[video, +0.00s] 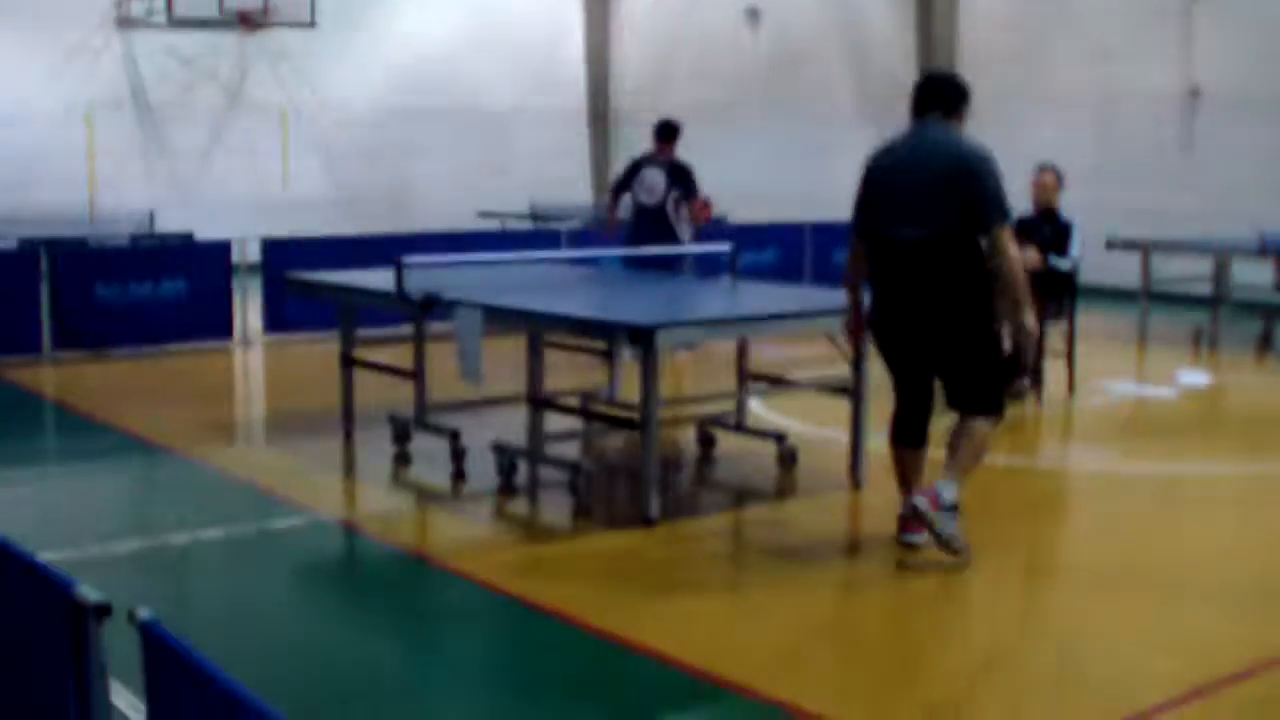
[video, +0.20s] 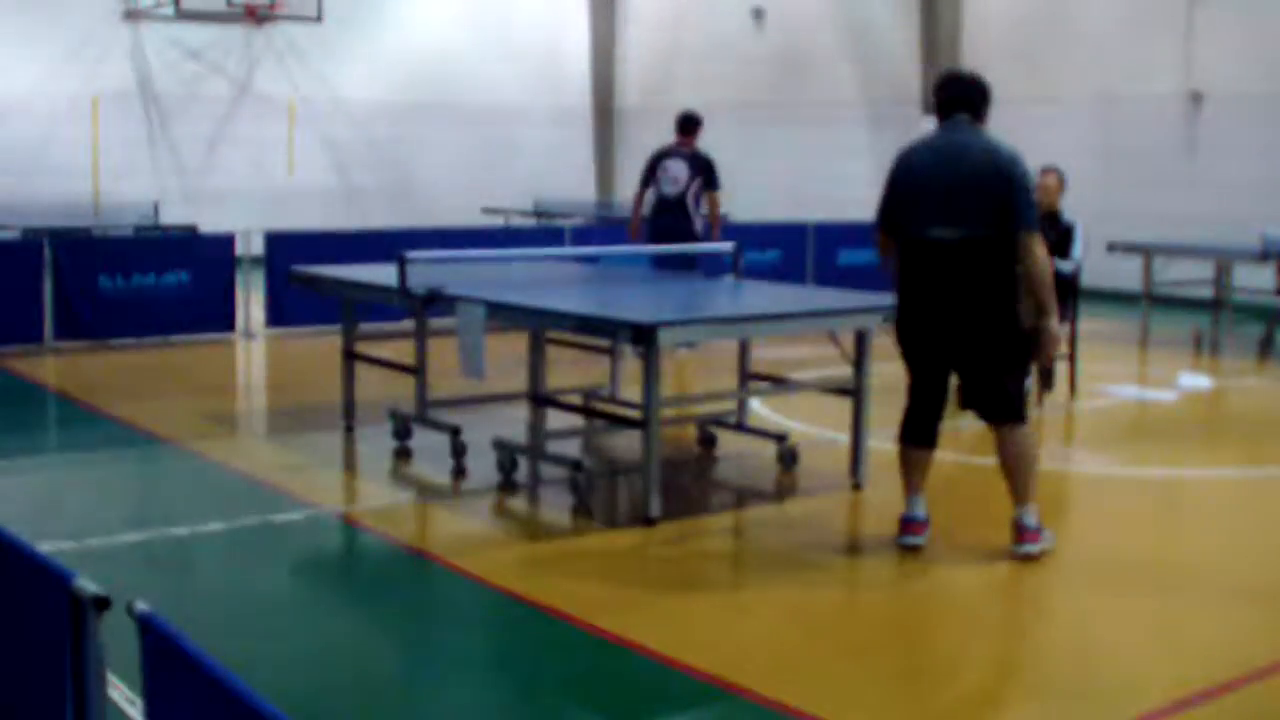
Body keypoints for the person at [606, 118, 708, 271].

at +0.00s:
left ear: (655, 137)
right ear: (676, 140)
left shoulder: (638, 165)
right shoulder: (681, 170)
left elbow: (616, 191)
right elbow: (692, 202)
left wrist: (612, 220)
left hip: (637, 236)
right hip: (668, 237)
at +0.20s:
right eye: (693, 130)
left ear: (677, 129)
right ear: (697, 131)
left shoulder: (659, 157)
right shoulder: (703, 162)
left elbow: (641, 193)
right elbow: (713, 200)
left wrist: (635, 222)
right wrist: (715, 231)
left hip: (658, 226)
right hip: (687, 227)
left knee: (658, 275)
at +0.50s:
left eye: (698, 142)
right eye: (704, 142)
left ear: (691, 142)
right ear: (711, 143)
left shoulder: (679, 168)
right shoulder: (722, 170)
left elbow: (665, 204)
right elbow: (733, 207)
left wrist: (660, 234)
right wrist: (738, 236)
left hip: (680, 234)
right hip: (710, 235)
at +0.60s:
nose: (706, 146)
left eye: (704, 142)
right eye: (708, 142)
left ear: (697, 142)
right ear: (716, 142)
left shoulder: (686, 167)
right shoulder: (727, 167)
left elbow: (672, 203)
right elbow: (740, 202)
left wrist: (667, 235)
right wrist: (746, 231)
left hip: (688, 233)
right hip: (718, 233)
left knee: (690, 281)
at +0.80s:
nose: (727, 159)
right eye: (729, 155)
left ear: (715, 154)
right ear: (734, 154)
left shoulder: (703, 173)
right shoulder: (742, 176)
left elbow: (686, 198)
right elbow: (756, 207)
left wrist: (686, 227)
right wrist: (761, 234)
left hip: (707, 229)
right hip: (733, 229)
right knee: (735, 272)